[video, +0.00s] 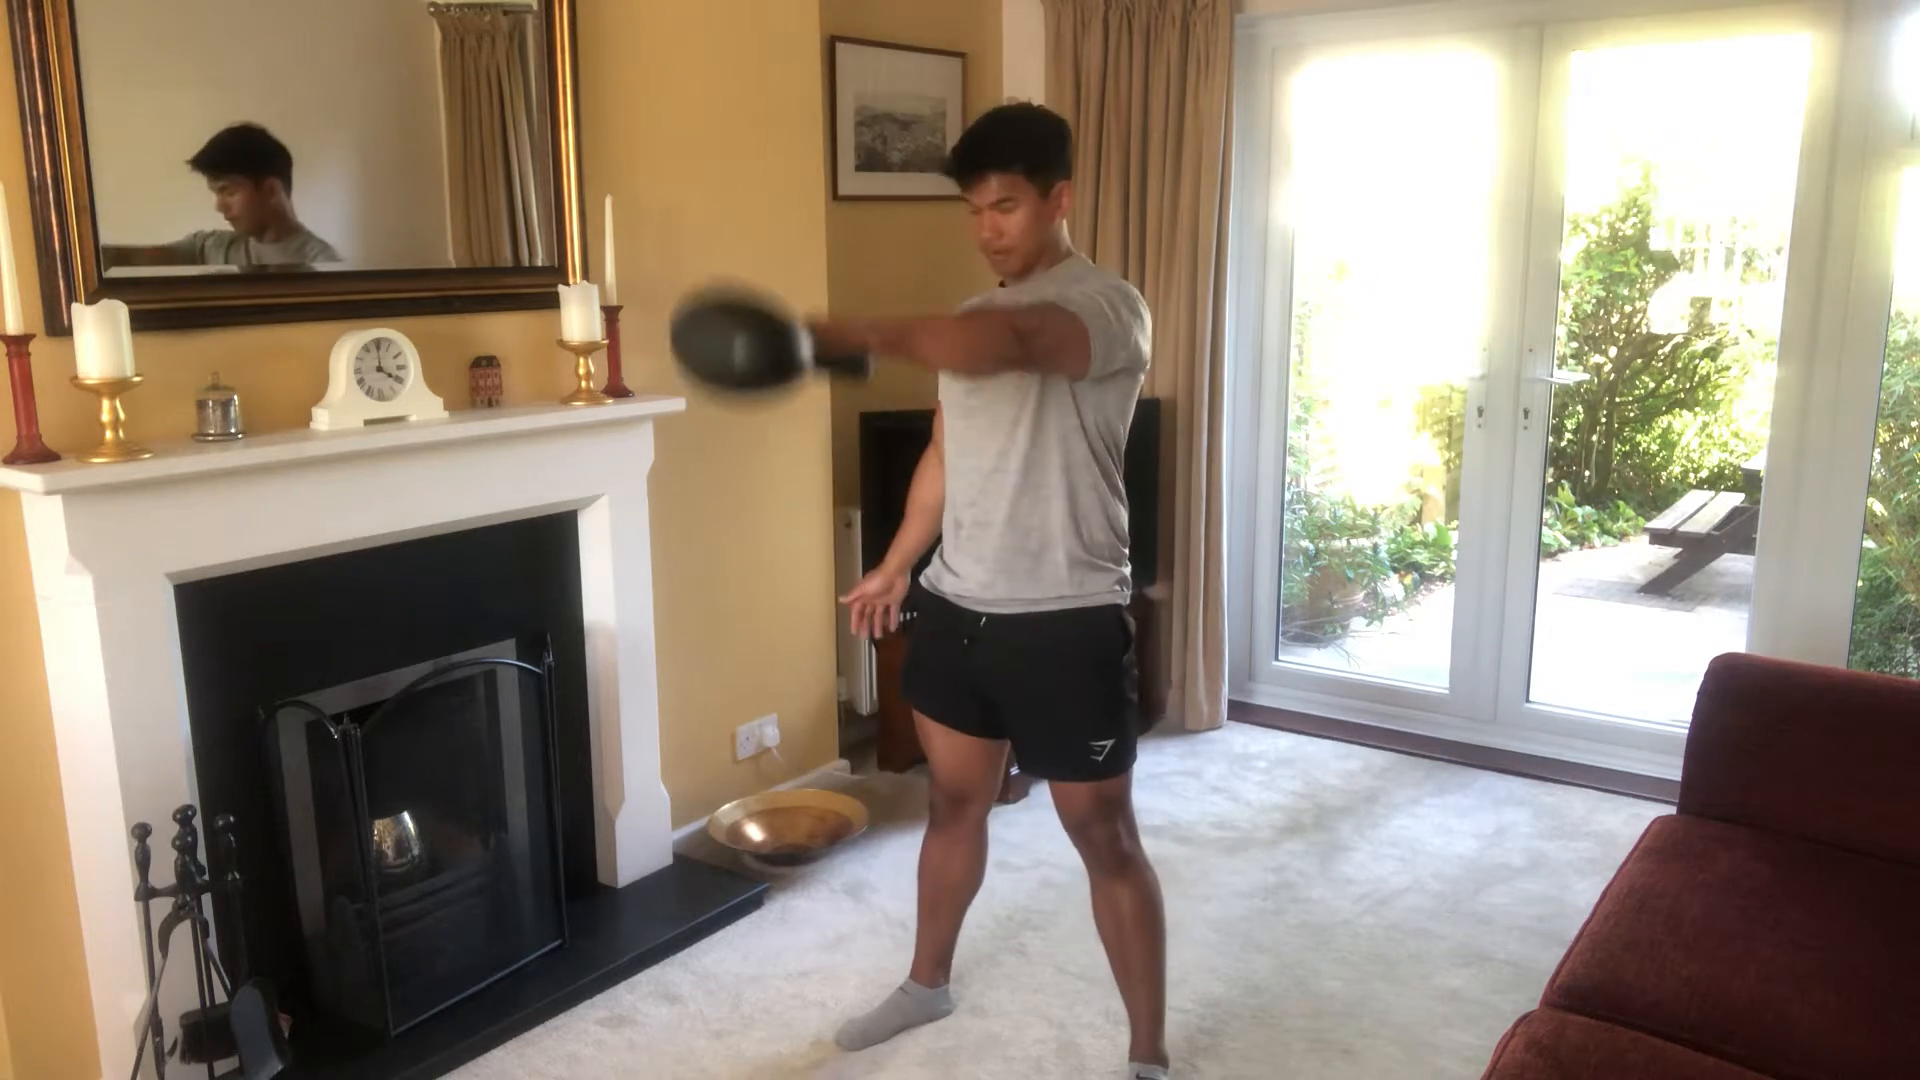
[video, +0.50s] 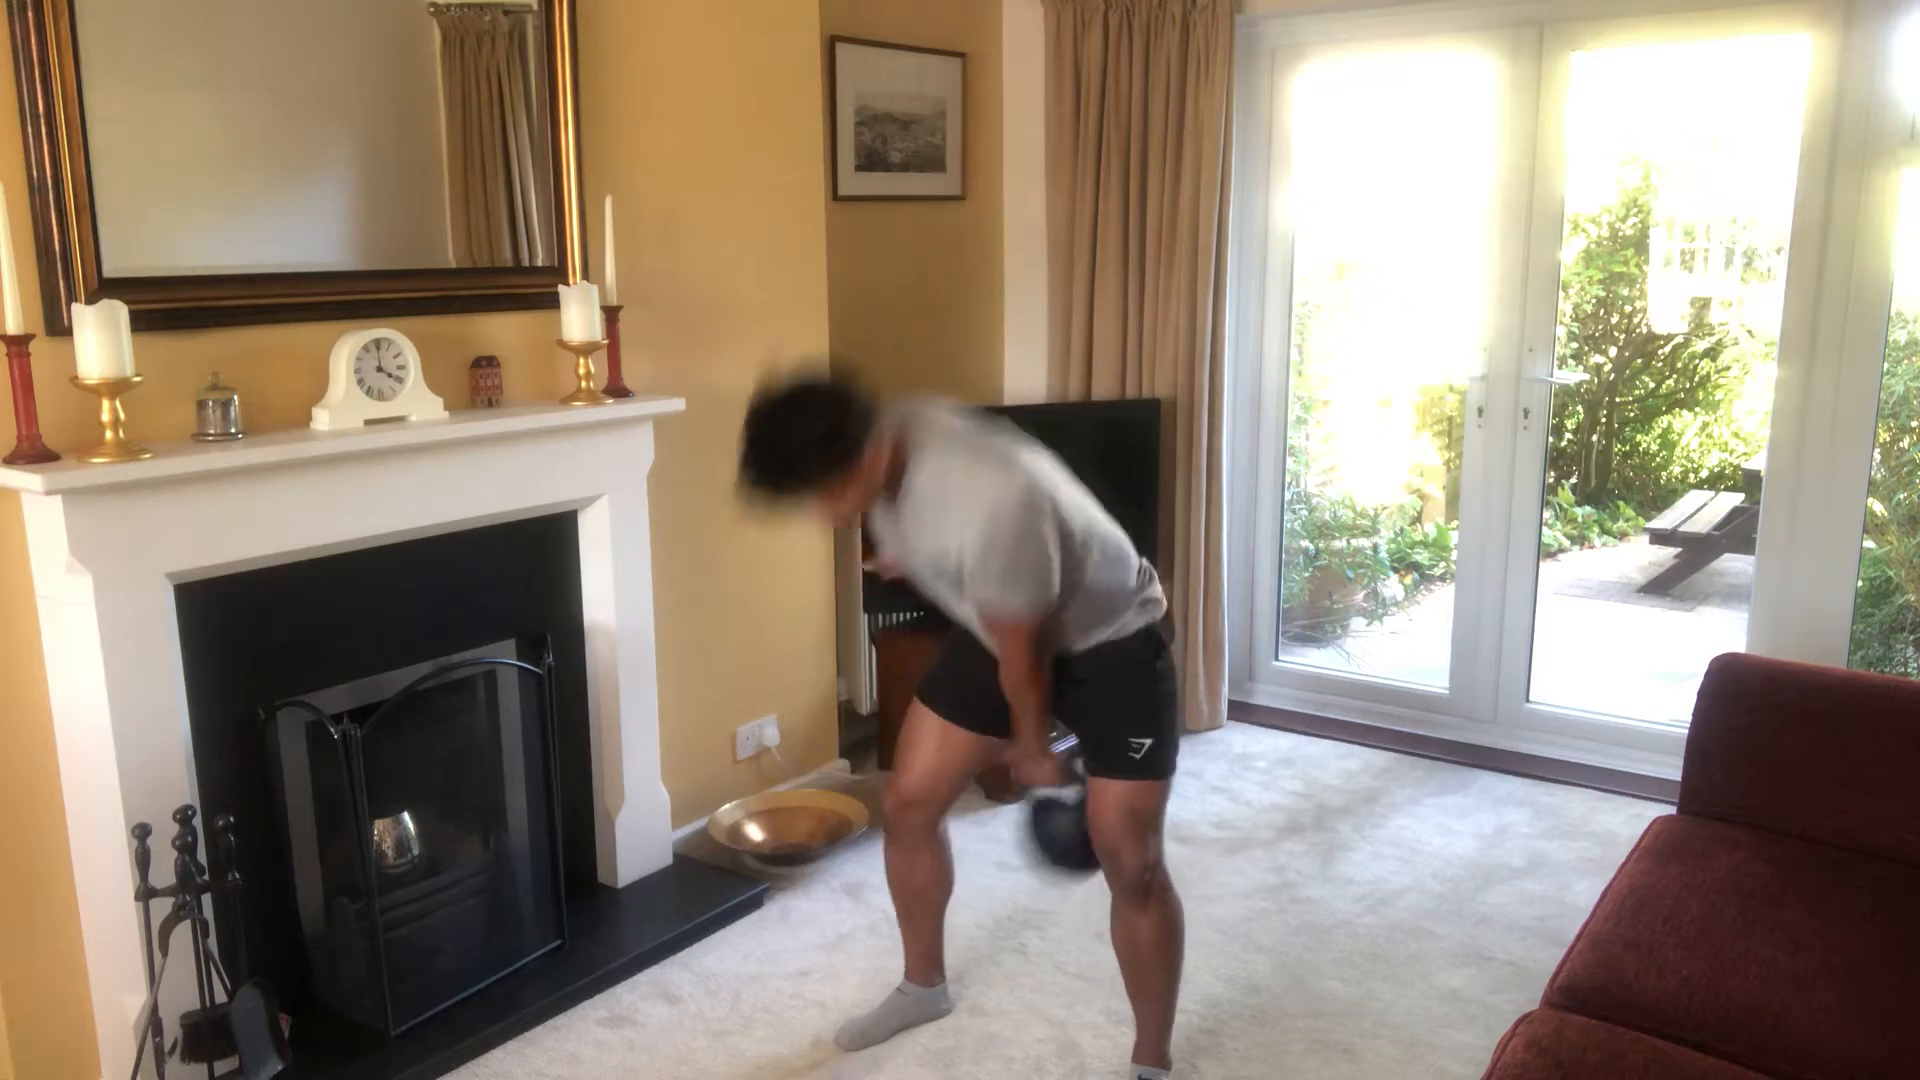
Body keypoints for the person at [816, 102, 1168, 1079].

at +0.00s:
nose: (986, 229)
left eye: (1005, 206)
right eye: (974, 210)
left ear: (1060, 199)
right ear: (967, 209)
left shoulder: (1110, 305)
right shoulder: (968, 320)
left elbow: (1007, 336)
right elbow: (945, 450)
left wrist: (850, 337)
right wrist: (895, 566)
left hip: (1071, 617)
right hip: (956, 606)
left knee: (1104, 837)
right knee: (951, 806)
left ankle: (1148, 1053)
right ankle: (928, 984)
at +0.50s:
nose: (823, 510)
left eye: (820, 493)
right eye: (810, 499)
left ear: (851, 461)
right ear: (852, 446)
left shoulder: (992, 499)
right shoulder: (887, 442)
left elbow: (1021, 654)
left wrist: (1034, 754)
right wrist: (906, 560)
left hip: (1110, 636)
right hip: (995, 626)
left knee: (1130, 861)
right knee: (909, 802)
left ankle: (1153, 1063)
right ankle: (924, 985)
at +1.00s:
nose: (878, 313)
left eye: (891, 289)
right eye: (867, 295)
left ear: (946, 266)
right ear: (865, 289)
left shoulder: (1037, 359)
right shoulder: (905, 350)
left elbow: (1011, 548)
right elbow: (908, 463)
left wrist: (995, 699)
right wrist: (881, 574)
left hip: (1100, 604)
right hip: (989, 598)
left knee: (1128, 840)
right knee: (937, 790)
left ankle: (1156, 1057)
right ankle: (926, 982)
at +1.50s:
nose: (982, 225)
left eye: (1001, 201)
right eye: (970, 207)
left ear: (1057, 199)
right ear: (965, 210)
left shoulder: (1110, 303)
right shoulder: (964, 322)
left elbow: (1012, 324)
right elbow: (939, 460)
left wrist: (865, 315)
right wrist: (881, 579)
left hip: (1073, 617)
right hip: (961, 610)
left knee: (1107, 837)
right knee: (953, 806)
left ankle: (1150, 1055)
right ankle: (927, 982)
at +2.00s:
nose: (867, 389)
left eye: (870, 371)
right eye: (855, 376)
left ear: (915, 333)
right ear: (863, 354)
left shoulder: (1025, 400)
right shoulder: (896, 383)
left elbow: (1001, 590)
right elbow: (913, 483)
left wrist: (958, 729)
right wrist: (883, 592)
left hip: (1101, 620)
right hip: (994, 611)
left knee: (1125, 852)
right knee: (917, 779)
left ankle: (1153, 1060)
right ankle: (924, 983)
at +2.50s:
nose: (821, 563)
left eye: (815, 544)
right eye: (807, 551)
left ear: (845, 509)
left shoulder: (976, 555)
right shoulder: (878, 458)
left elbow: (1041, 683)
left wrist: (1074, 752)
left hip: (1116, 628)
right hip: (1012, 620)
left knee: (1133, 857)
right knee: (908, 795)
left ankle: (1156, 1061)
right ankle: (923, 984)